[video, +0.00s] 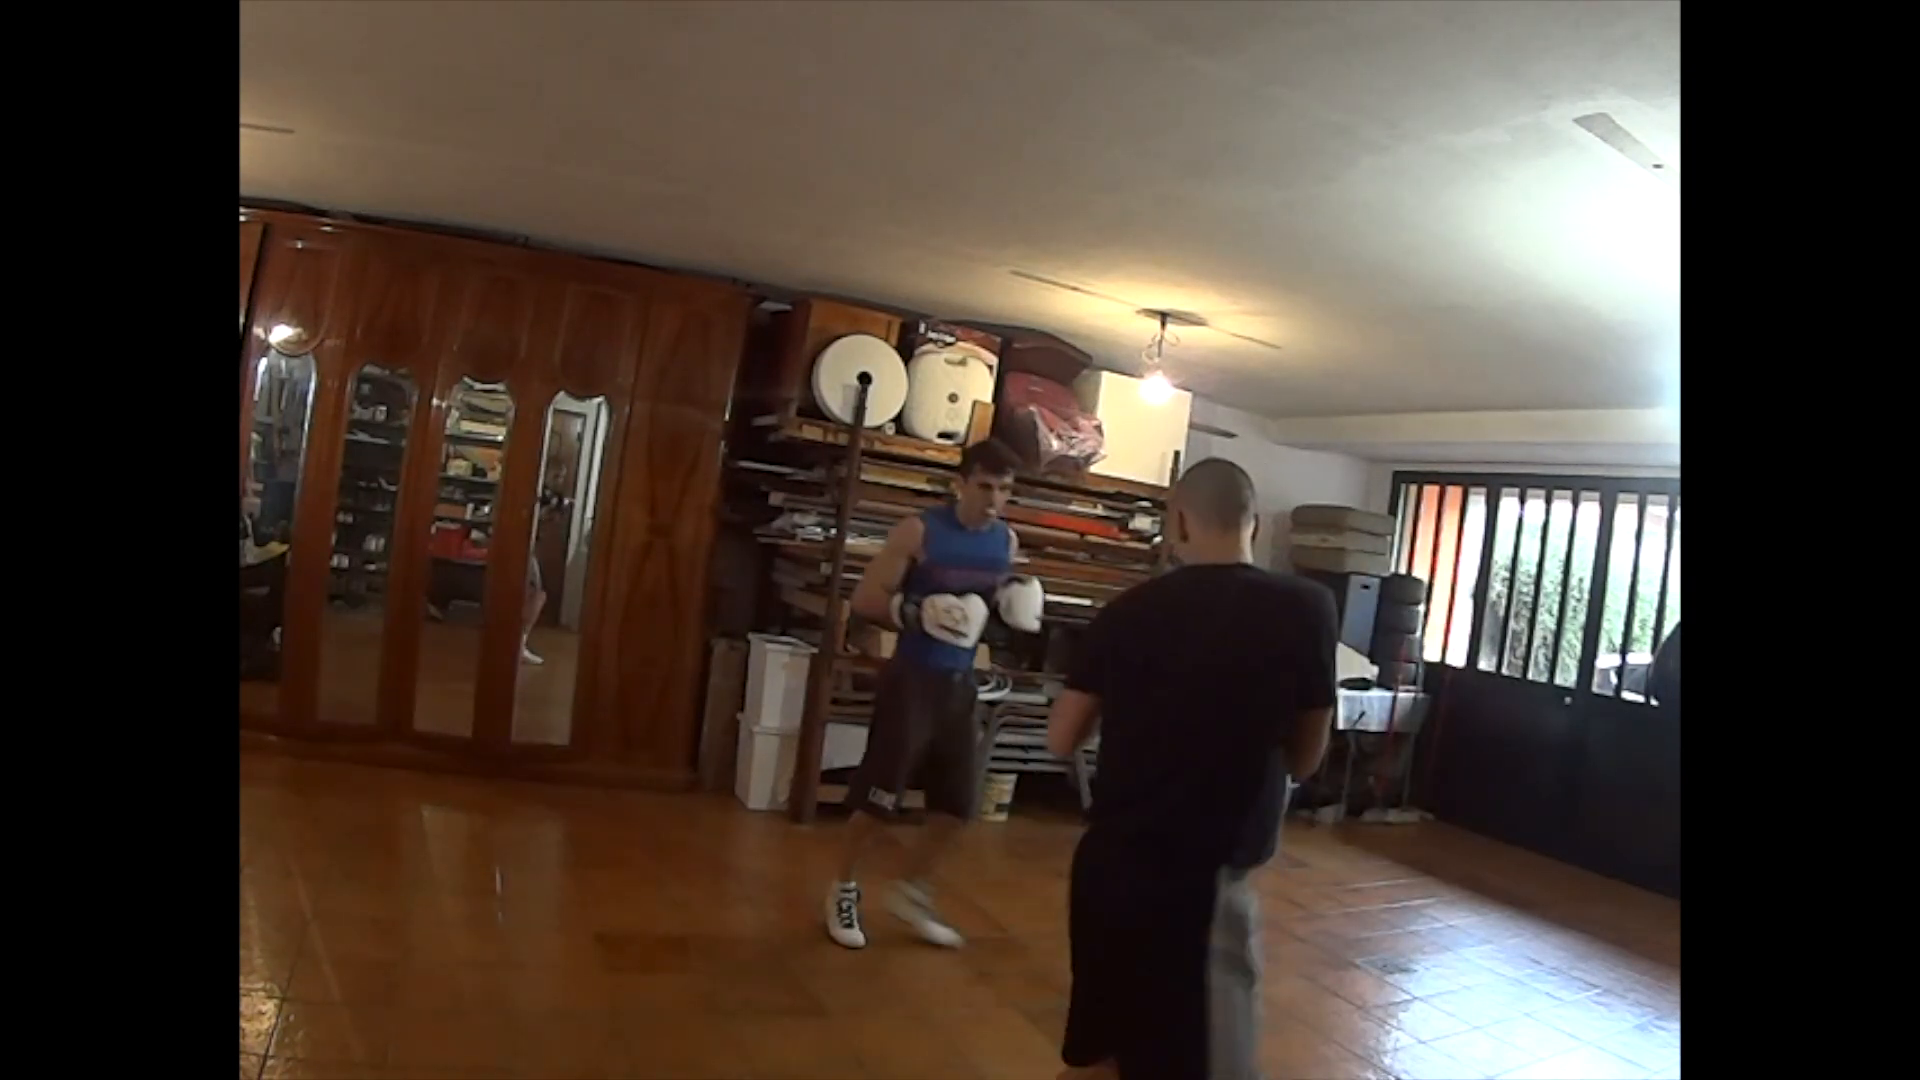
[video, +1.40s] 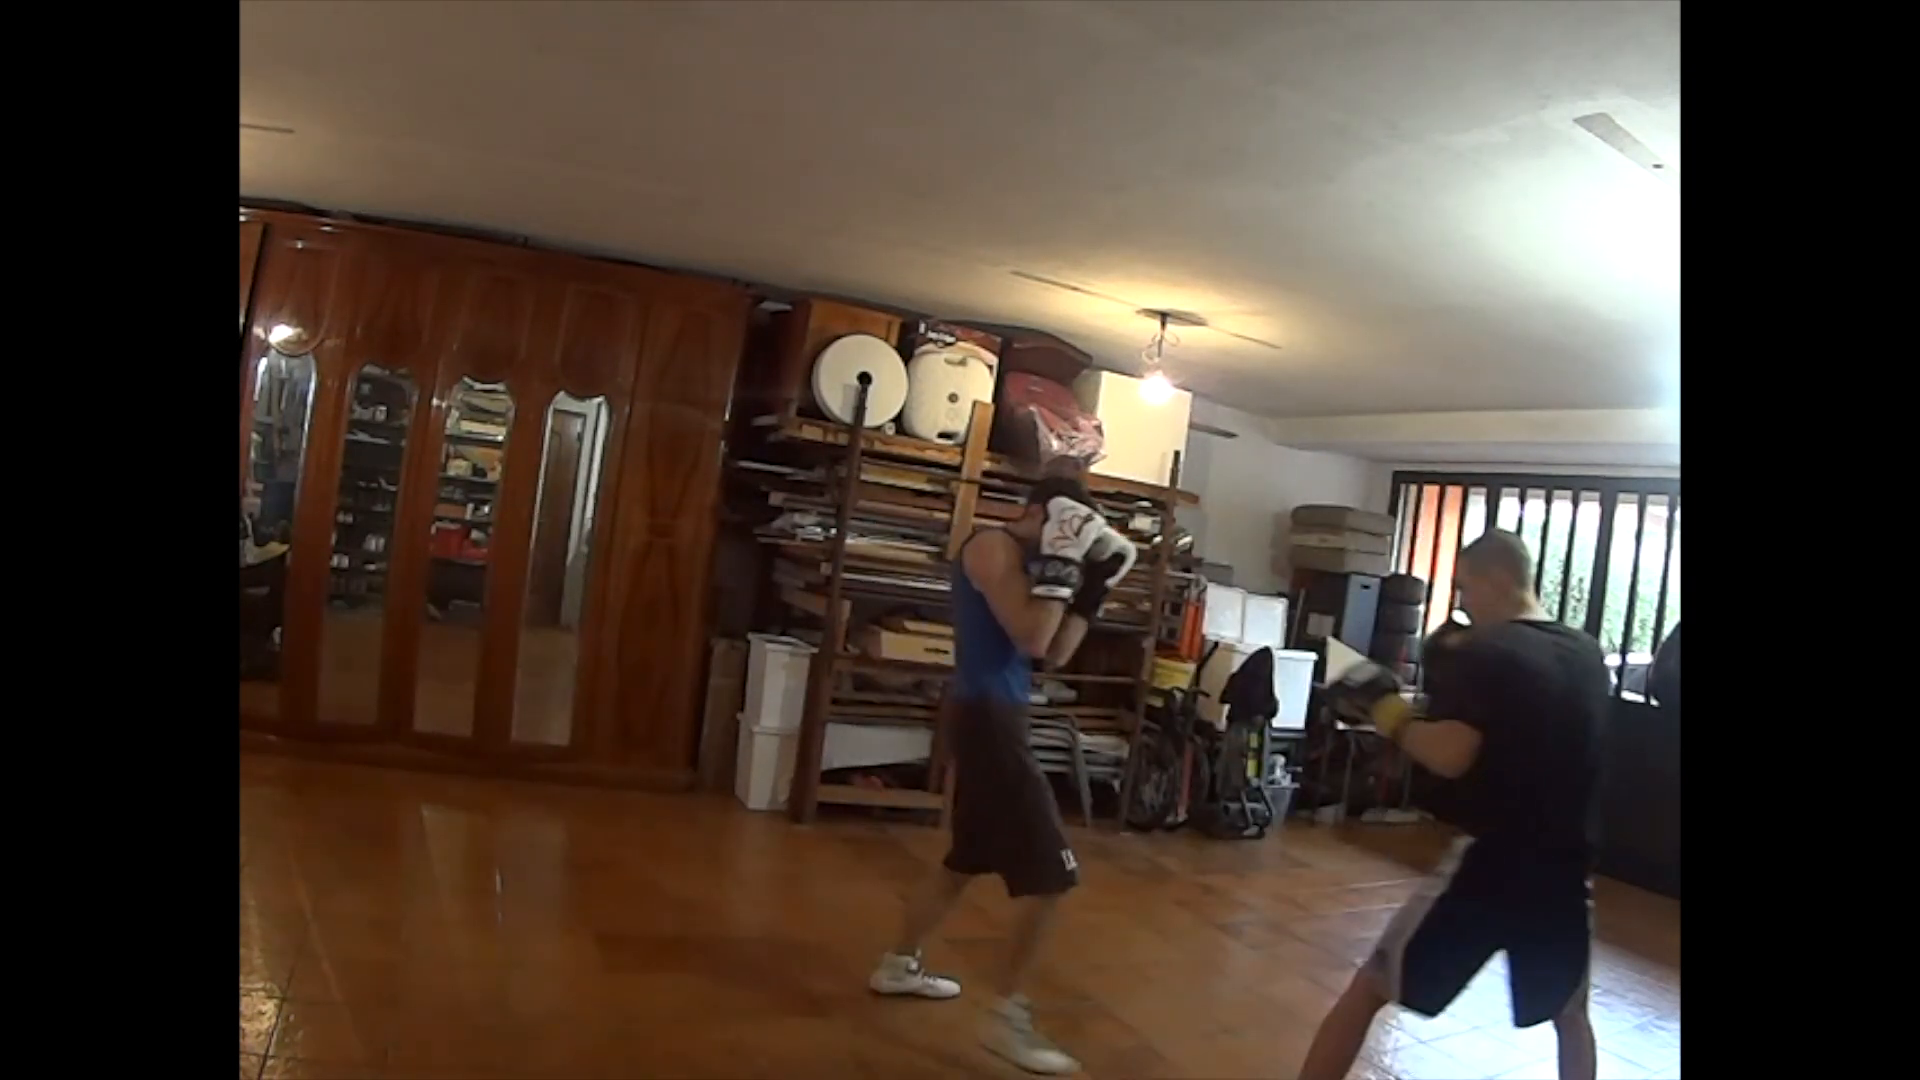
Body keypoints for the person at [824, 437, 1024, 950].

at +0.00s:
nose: (995, 498)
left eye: (1004, 489)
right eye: (986, 486)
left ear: (1010, 492)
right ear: (961, 483)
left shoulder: (1004, 539)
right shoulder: (919, 529)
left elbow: (995, 599)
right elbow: (865, 601)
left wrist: (1017, 601)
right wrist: (917, 613)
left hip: (961, 684)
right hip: (911, 678)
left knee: (957, 806)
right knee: (879, 797)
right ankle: (844, 889)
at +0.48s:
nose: (976, 498)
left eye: (983, 490)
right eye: (967, 487)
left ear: (986, 494)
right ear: (940, 486)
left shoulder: (975, 545)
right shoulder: (899, 529)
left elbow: (974, 635)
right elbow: (837, 592)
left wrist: (983, 598)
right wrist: (877, 604)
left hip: (926, 684)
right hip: (884, 676)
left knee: (877, 788)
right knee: (904, 813)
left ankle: (829, 871)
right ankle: (868, 940)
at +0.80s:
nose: (1005, 522)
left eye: (1014, 514)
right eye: (996, 509)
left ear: (1020, 521)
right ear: (969, 503)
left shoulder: (996, 567)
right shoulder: (923, 551)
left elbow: (1006, 657)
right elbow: (899, 646)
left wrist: (1035, 605)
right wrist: (939, 592)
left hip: (943, 712)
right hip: (903, 704)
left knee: (905, 817)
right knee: (919, 849)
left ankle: (834, 869)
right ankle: (899, 991)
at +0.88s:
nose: (1004, 523)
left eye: (1015, 516)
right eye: (998, 508)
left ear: (1019, 521)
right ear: (975, 498)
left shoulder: (1002, 562)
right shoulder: (928, 548)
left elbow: (1018, 648)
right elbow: (940, 631)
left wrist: (1049, 587)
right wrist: (971, 573)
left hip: (948, 709)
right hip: (912, 704)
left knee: (907, 824)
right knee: (928, 854)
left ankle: (835, 881)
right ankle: (901, 992)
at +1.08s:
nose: (1033, 518)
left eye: (1040, 510)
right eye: (1031, 505)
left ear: (1031, 508)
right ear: (1002, 489)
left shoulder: (997, 541)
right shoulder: (955, 537)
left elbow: (1039, 625)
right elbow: (1018, 621)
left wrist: (1070, 558)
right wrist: (1039, 553)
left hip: (971, 708)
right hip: (947, 708)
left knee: (938, 850)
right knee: (944, 862)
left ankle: (881, 946)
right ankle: (902, 993)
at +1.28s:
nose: (1049, 542)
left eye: (1057, 533)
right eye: (1050, 530)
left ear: (1038, 525)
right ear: (1024, 511)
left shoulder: (1007, 560)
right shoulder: (974, 547)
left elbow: (1039, 652)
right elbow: (1015, 642)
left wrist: (1076, 591)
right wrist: (1045, 572)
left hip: (981, 725)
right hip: (969, 726)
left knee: (962, 864)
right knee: (1028, 876)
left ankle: (901, 961)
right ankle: (936, 978)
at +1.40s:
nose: (1067, 534)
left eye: (1071, 526)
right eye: (1068, 524)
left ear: (1046, 517)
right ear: (1044, 513)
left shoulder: (1024, 557)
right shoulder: (990, 545)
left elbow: (1058, 653)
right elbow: (1035, 640)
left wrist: (1096, 588)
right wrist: (1062, 568)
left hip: (995, 723)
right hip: (988, 723)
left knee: (967, 856)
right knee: (1054, 876)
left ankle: (900, 964)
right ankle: (1010, 1016)